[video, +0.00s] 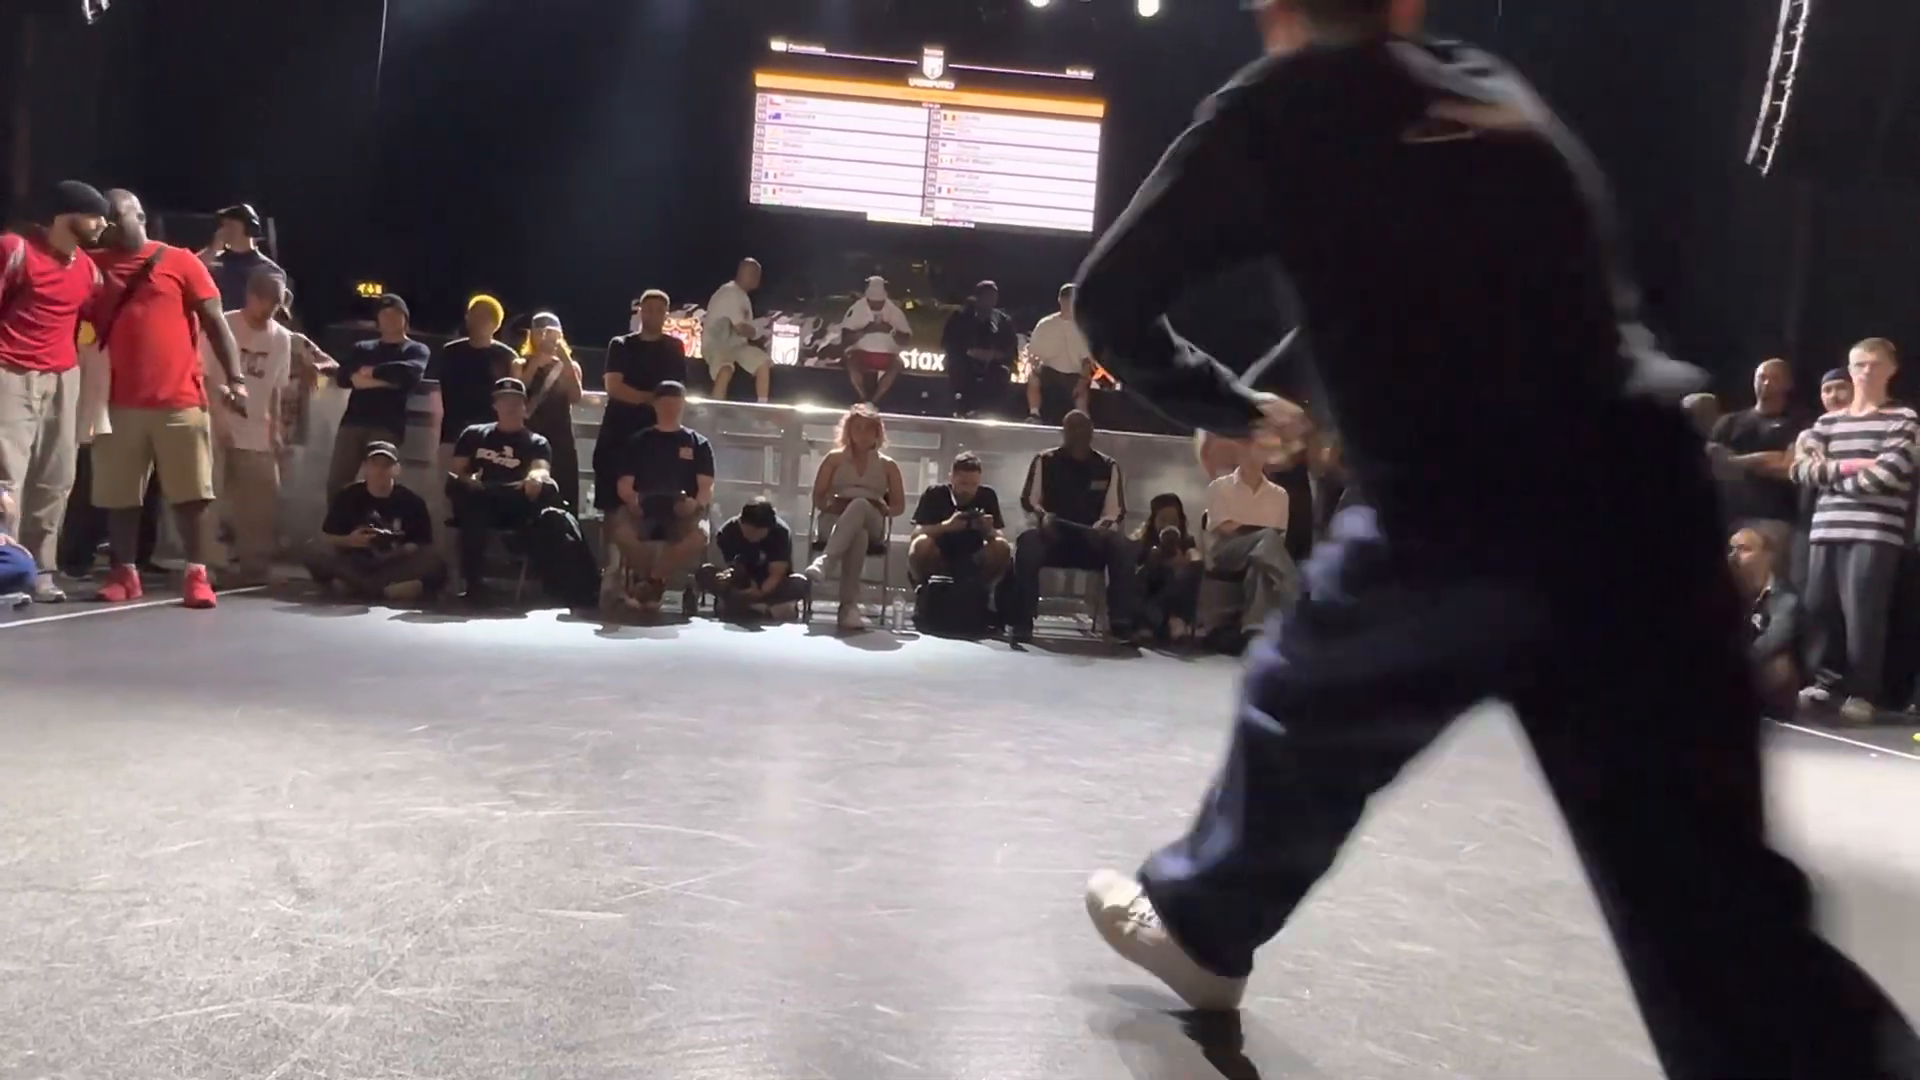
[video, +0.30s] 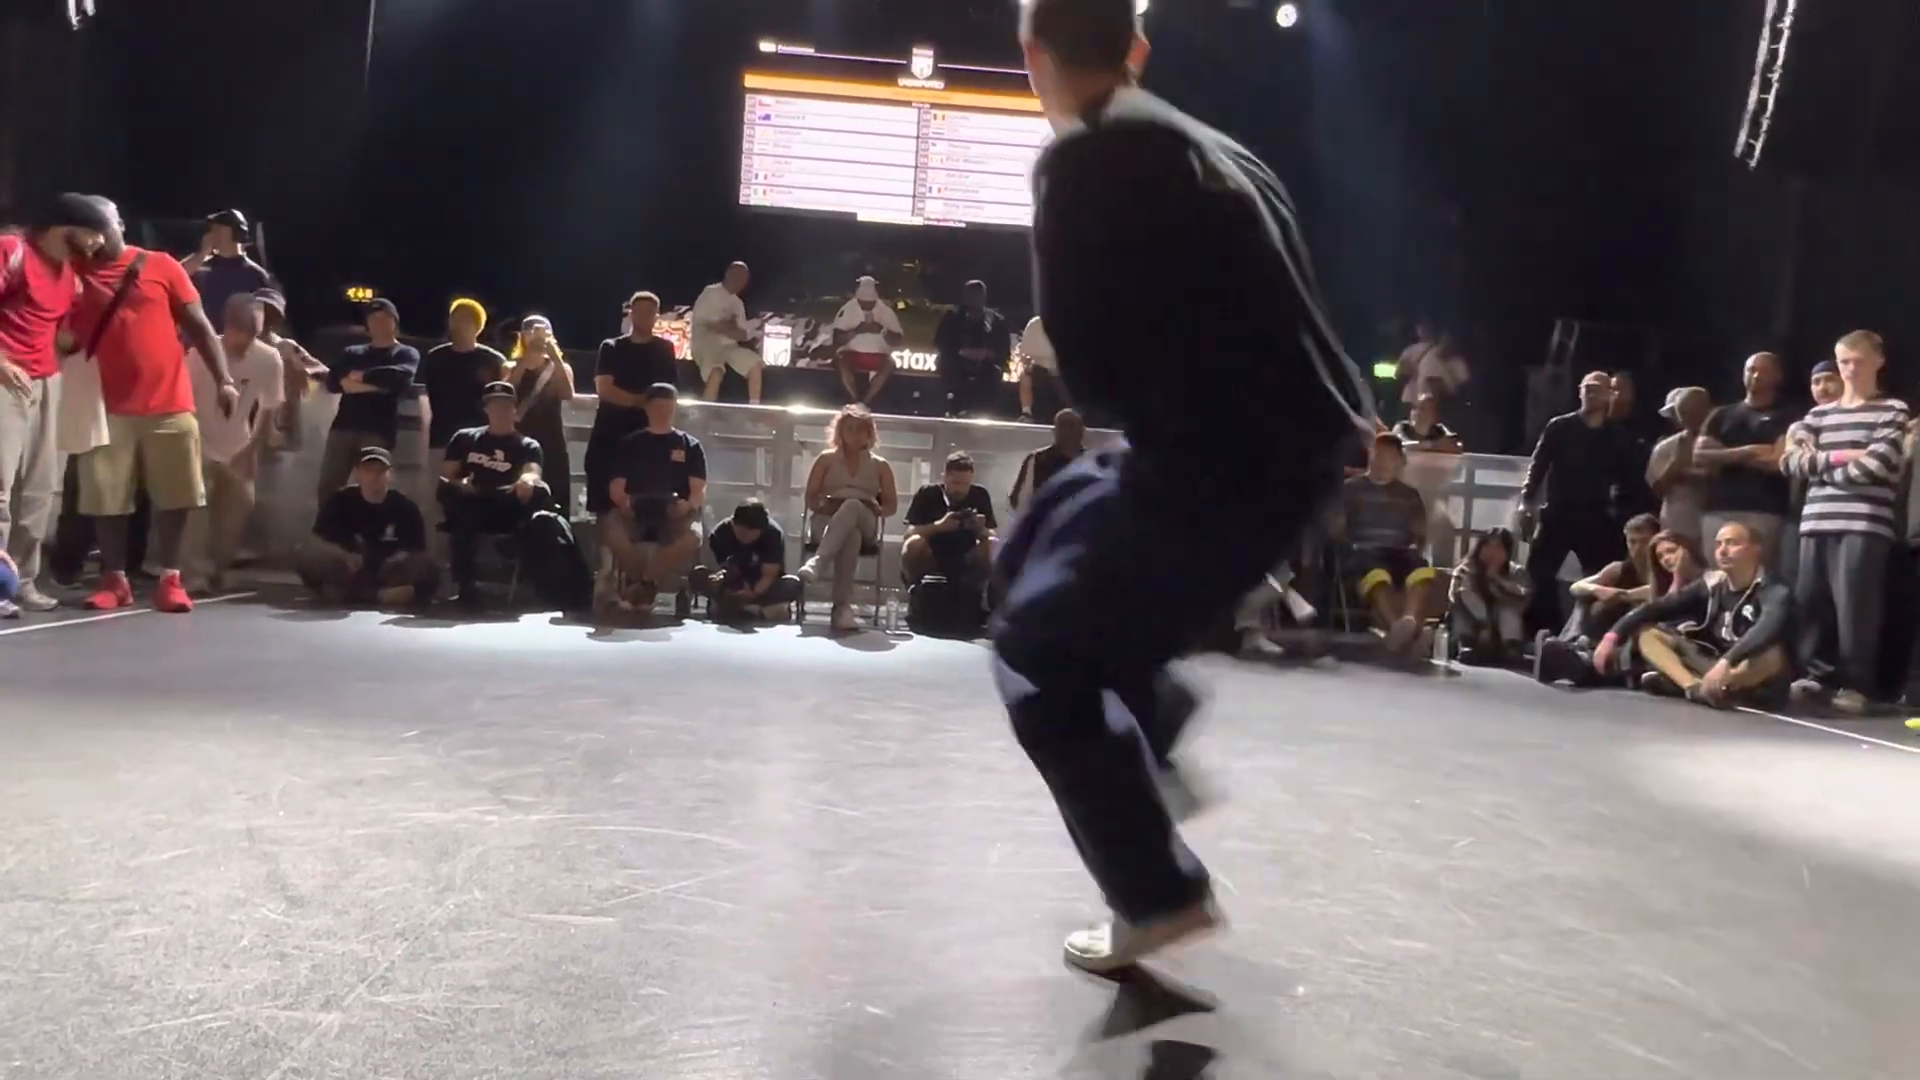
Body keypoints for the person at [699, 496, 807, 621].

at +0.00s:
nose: (752, 537)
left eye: (757, 533)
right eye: (748, 531)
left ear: (767, 528)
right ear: (742, 523)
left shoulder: (780, 532)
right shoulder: (726, 534)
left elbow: (777, 572)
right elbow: (735, 569)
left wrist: (761, 592)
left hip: (770, 579)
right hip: (742, 581)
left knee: (800, 582)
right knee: (705, 572)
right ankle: (767, 611)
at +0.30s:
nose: (745, 538)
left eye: (750, 534)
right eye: (741, 532)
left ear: (760, 529)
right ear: (734, 524)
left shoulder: (773, 534)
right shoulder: (718, 535)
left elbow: (769, 574)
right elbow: (728, 569)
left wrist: (753, 592)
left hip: (762, 580)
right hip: (734, 582)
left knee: (793, 584)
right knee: (698, 575)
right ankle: (758, 611)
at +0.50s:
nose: (742, 542)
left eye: (748, 539)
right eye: (739, 537)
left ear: (757, 534)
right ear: (731, 529)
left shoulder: (769, 539)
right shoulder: (715, 539)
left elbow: (765, 580)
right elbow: (723, 573)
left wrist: (749, 598)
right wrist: (716, 582)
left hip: (758, 584)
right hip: (731, 585)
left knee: (790, 588)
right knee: (694, 581)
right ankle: (756, 616)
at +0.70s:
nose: (743, 545)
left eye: (748, 541)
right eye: (739, 540)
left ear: (758, 536)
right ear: (731, 532)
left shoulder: (771, 542)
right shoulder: (715, 544)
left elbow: (766, 583)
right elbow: (726, 577)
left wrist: (747, 602)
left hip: (760, 586)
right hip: (733, 587)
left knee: (790, 591)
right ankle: (756, 618)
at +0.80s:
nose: (739, 536)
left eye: (745, 533)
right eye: (735, 531)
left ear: (754, 528)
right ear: (728, 525)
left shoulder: (767, 535)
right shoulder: (713, 535)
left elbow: (764, 574)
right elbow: (719, 566)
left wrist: (748, 593)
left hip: (757, 578)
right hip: (731, 578)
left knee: (786, 584)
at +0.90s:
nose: (738, 536)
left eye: (744, 533)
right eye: (734, 531)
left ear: (754, 527)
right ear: (728, 524)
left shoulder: (768, 534)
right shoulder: (713, 535)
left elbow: (764, 574)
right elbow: (720, 567)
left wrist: (746, 594)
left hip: (758, 576)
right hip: (732, 577)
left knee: (788, 583)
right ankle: (755, 610)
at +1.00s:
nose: (741, 542)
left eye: (747, 538)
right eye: (738, 537)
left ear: (756, 533)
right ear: (731, 529)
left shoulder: (769, 539)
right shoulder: (714, 541)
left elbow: (766, 579)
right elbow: (722, 573)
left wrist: (748, 598)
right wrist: (715, 582)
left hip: (760, 584)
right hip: (731, 585)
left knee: (790, 588)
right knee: (695, 582)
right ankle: (756, 616)